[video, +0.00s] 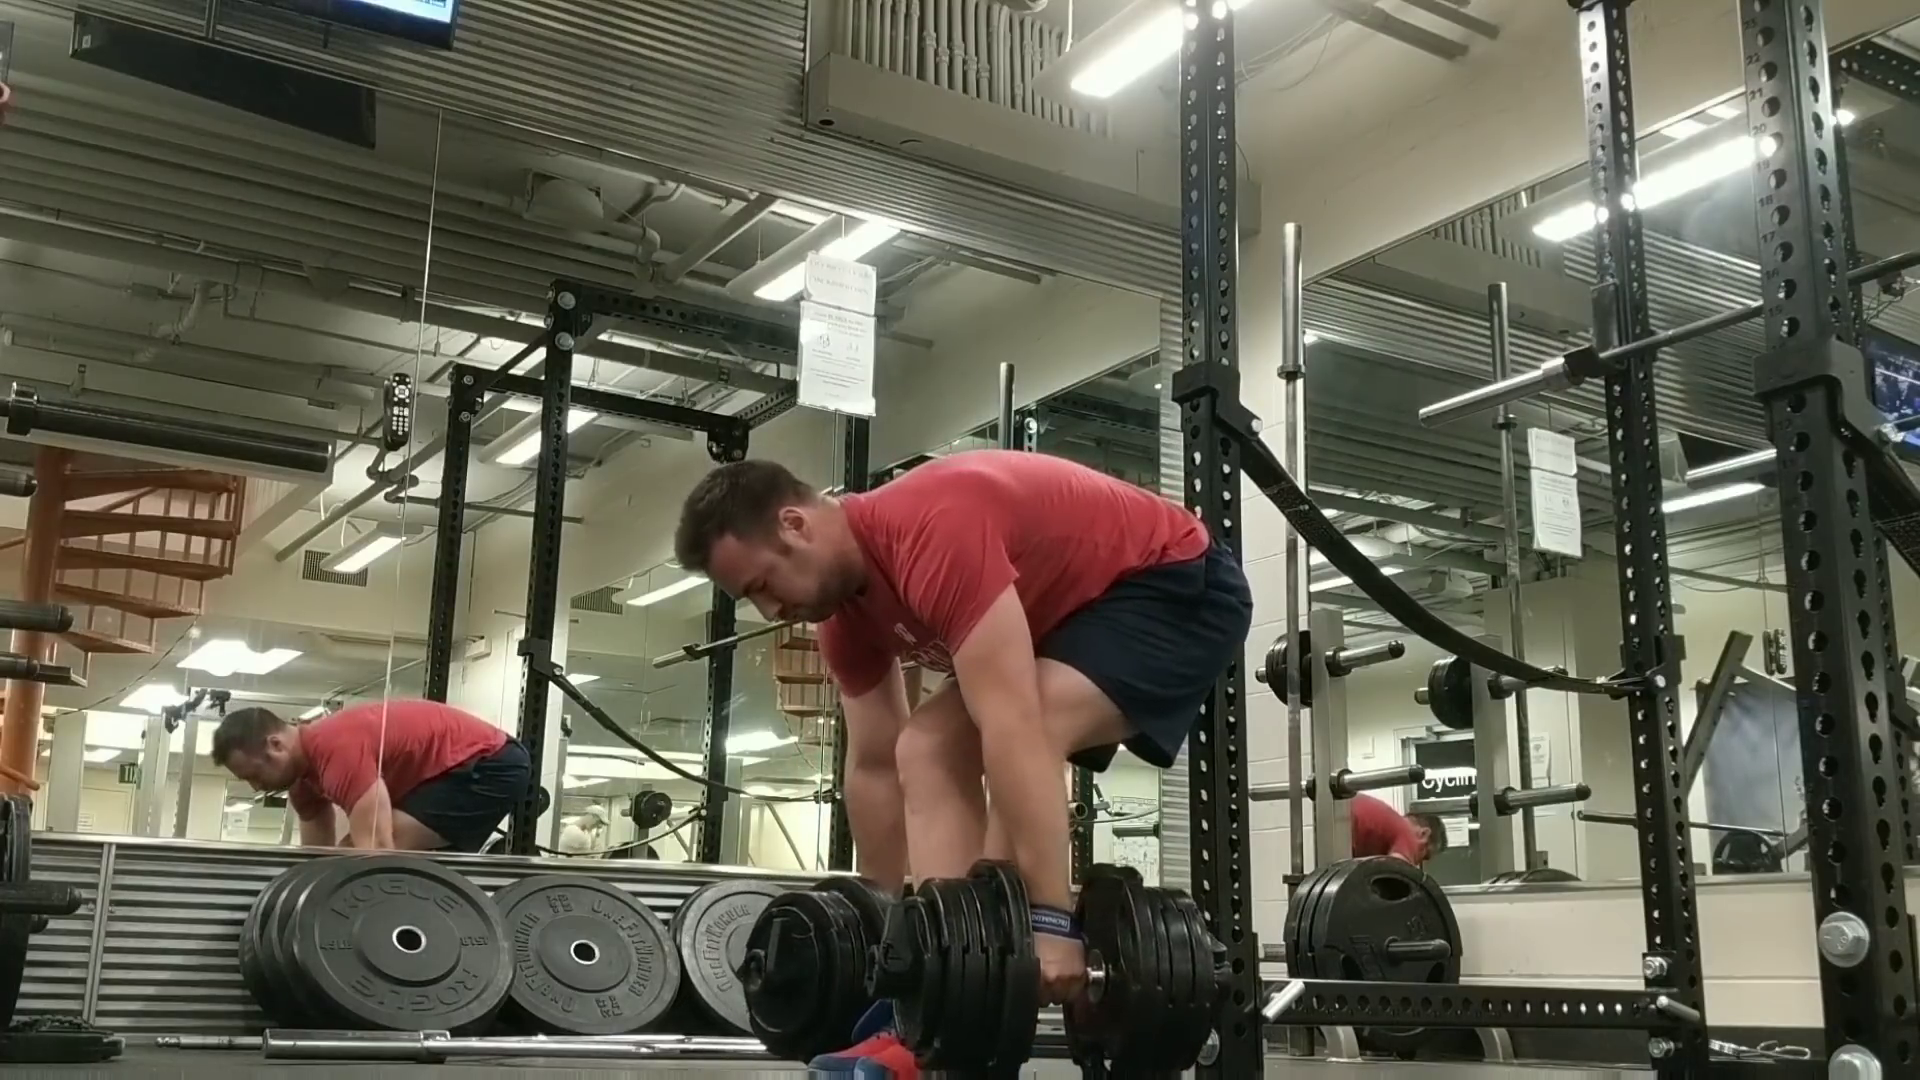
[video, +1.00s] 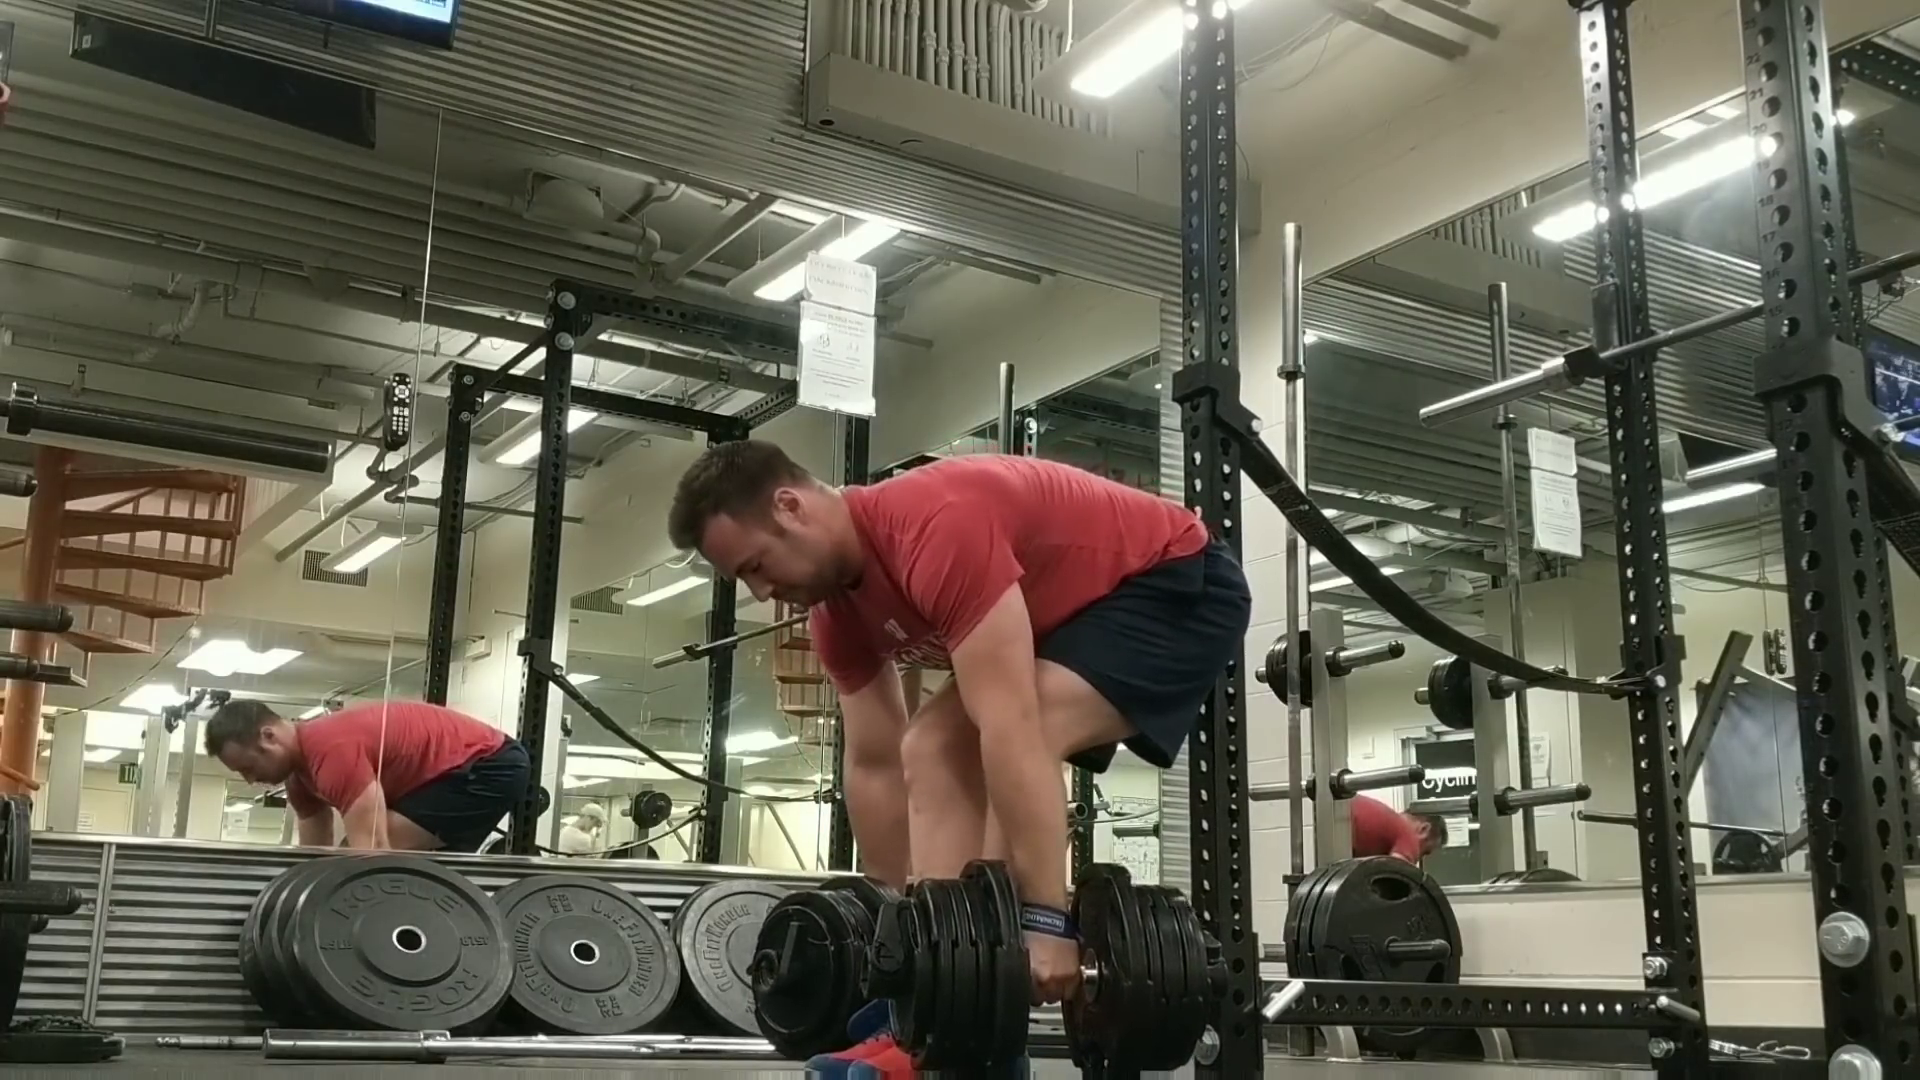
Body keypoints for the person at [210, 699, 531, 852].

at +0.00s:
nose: (256, 788)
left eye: (252, 776)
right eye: (247, 781)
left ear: (275, 746)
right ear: (275, 744)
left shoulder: (336, 748)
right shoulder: (306, 776)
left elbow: (372, 849)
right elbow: (318, 856)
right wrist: (300, 917)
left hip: (491, 766)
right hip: (461, 770)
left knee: (383, 851)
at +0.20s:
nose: (255, 787)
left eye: (251, 775)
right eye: (246, 780)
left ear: (275, 746)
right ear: (275, 743)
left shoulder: (333, 750)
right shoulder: (308, 774)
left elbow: (368, 848)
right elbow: (316, 854)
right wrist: (296, 915)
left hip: (492, 766)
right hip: (465, 769)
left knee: (385, 850)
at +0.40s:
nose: (254, 788)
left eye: (250, 776)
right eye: (245, 781)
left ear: (273, 747)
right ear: (273, 745)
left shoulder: (331, 748)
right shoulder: (304, 771)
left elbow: (368, 844)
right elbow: (316, 852)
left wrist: (327, 907)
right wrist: (297, 910)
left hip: (488, 766)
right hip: (461, 768)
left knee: (386, 857)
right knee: (382, 857)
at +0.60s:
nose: (260, 787)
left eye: (257, 775)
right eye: (251, 780)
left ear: (280, 744)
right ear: (278, 743)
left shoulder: (337, 748)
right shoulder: (301, 773)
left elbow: (371, 847)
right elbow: (314, 851)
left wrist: (333, 909)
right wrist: (302, 909)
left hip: (487, 765)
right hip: (457, 769)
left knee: (389, 856)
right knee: (386, 856)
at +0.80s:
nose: (256, 786)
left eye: (251, 774)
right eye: (247, 780)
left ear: (270, 742)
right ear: (270, 740)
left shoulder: (330, 751)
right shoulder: (301, 773)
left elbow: (367, 852)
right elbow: (314, 855)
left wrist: (337, 918)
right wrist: (298, 915)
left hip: (490, 766)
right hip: (461, 770)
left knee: (382, 853)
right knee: (384, 856)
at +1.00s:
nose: (253, 782)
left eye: (249, 770)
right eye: (244, 776)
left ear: (268, 737)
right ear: (268, 738)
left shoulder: (331, 751)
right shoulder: (302, 775)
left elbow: (366, 851)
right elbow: (315, 856)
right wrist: (297, 916)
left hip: (491, 766)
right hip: (463, 771)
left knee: (381, 849)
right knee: (386, 855)